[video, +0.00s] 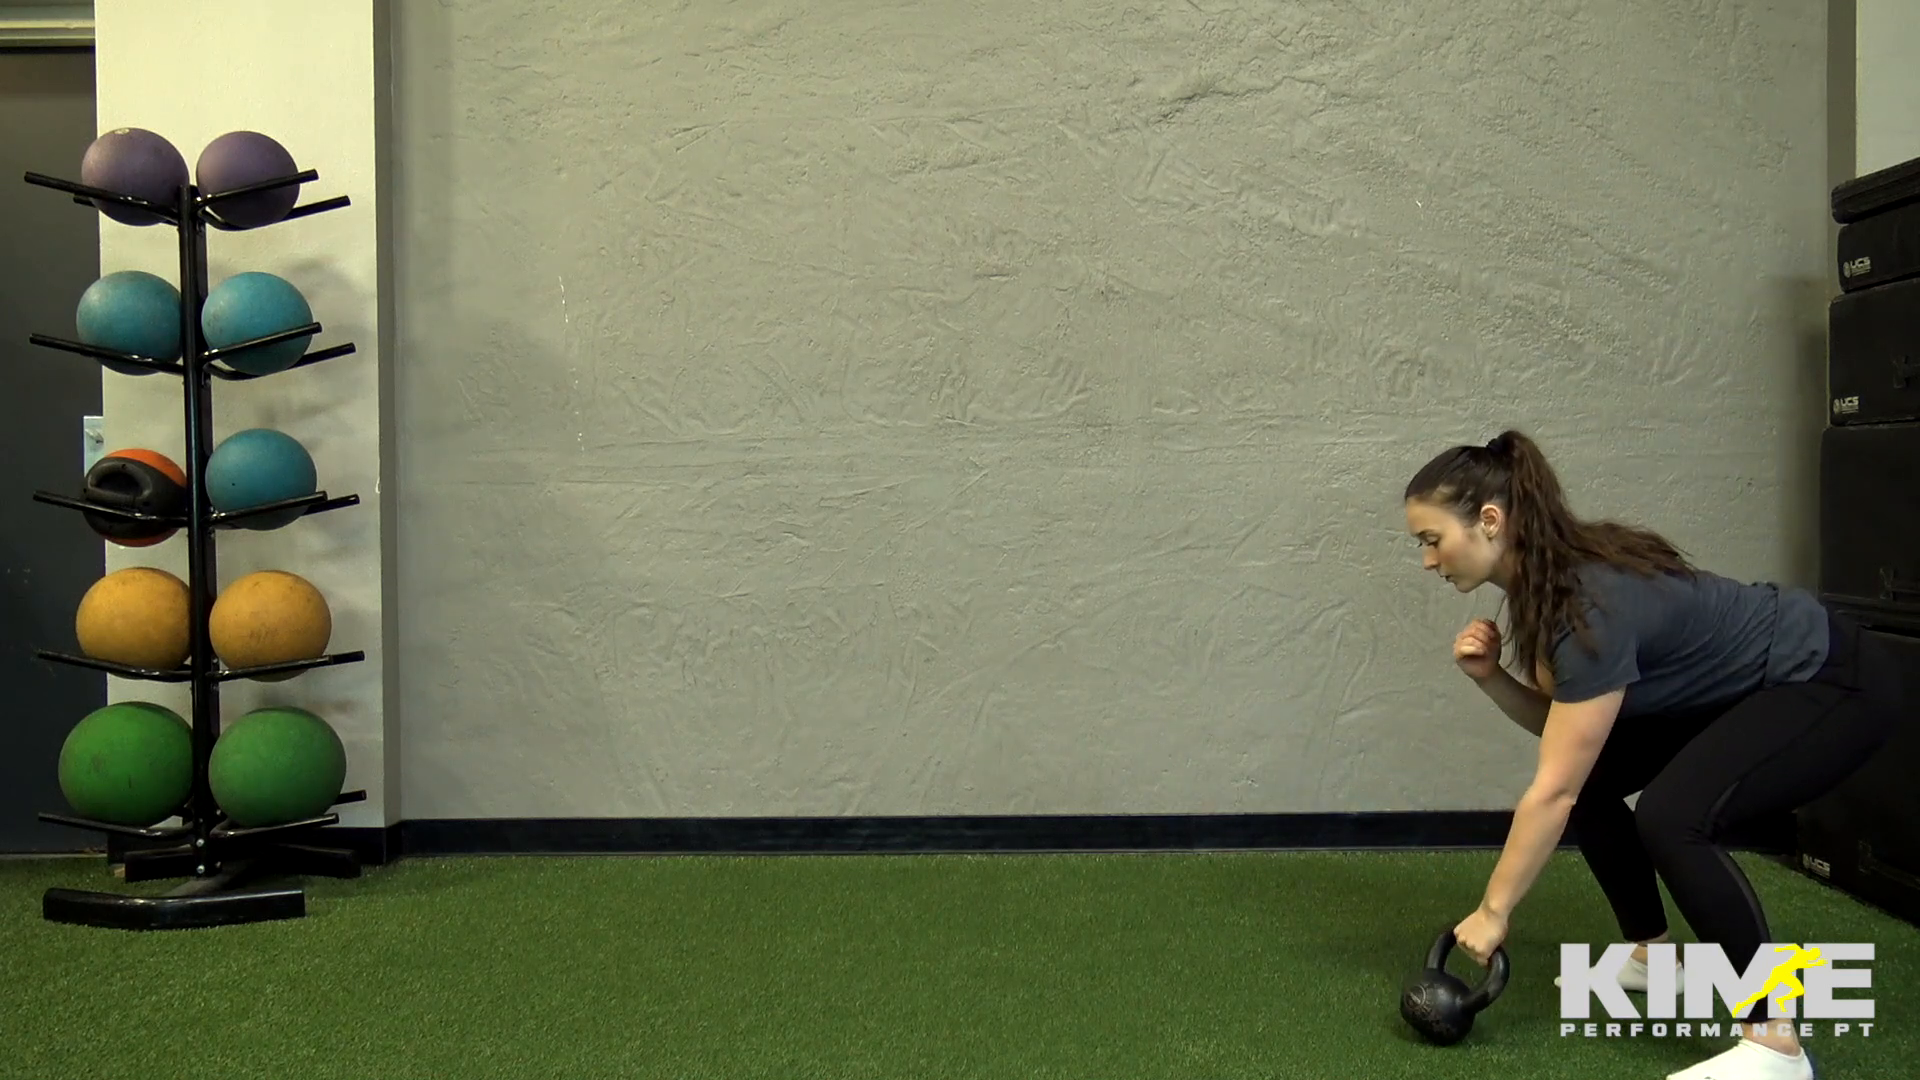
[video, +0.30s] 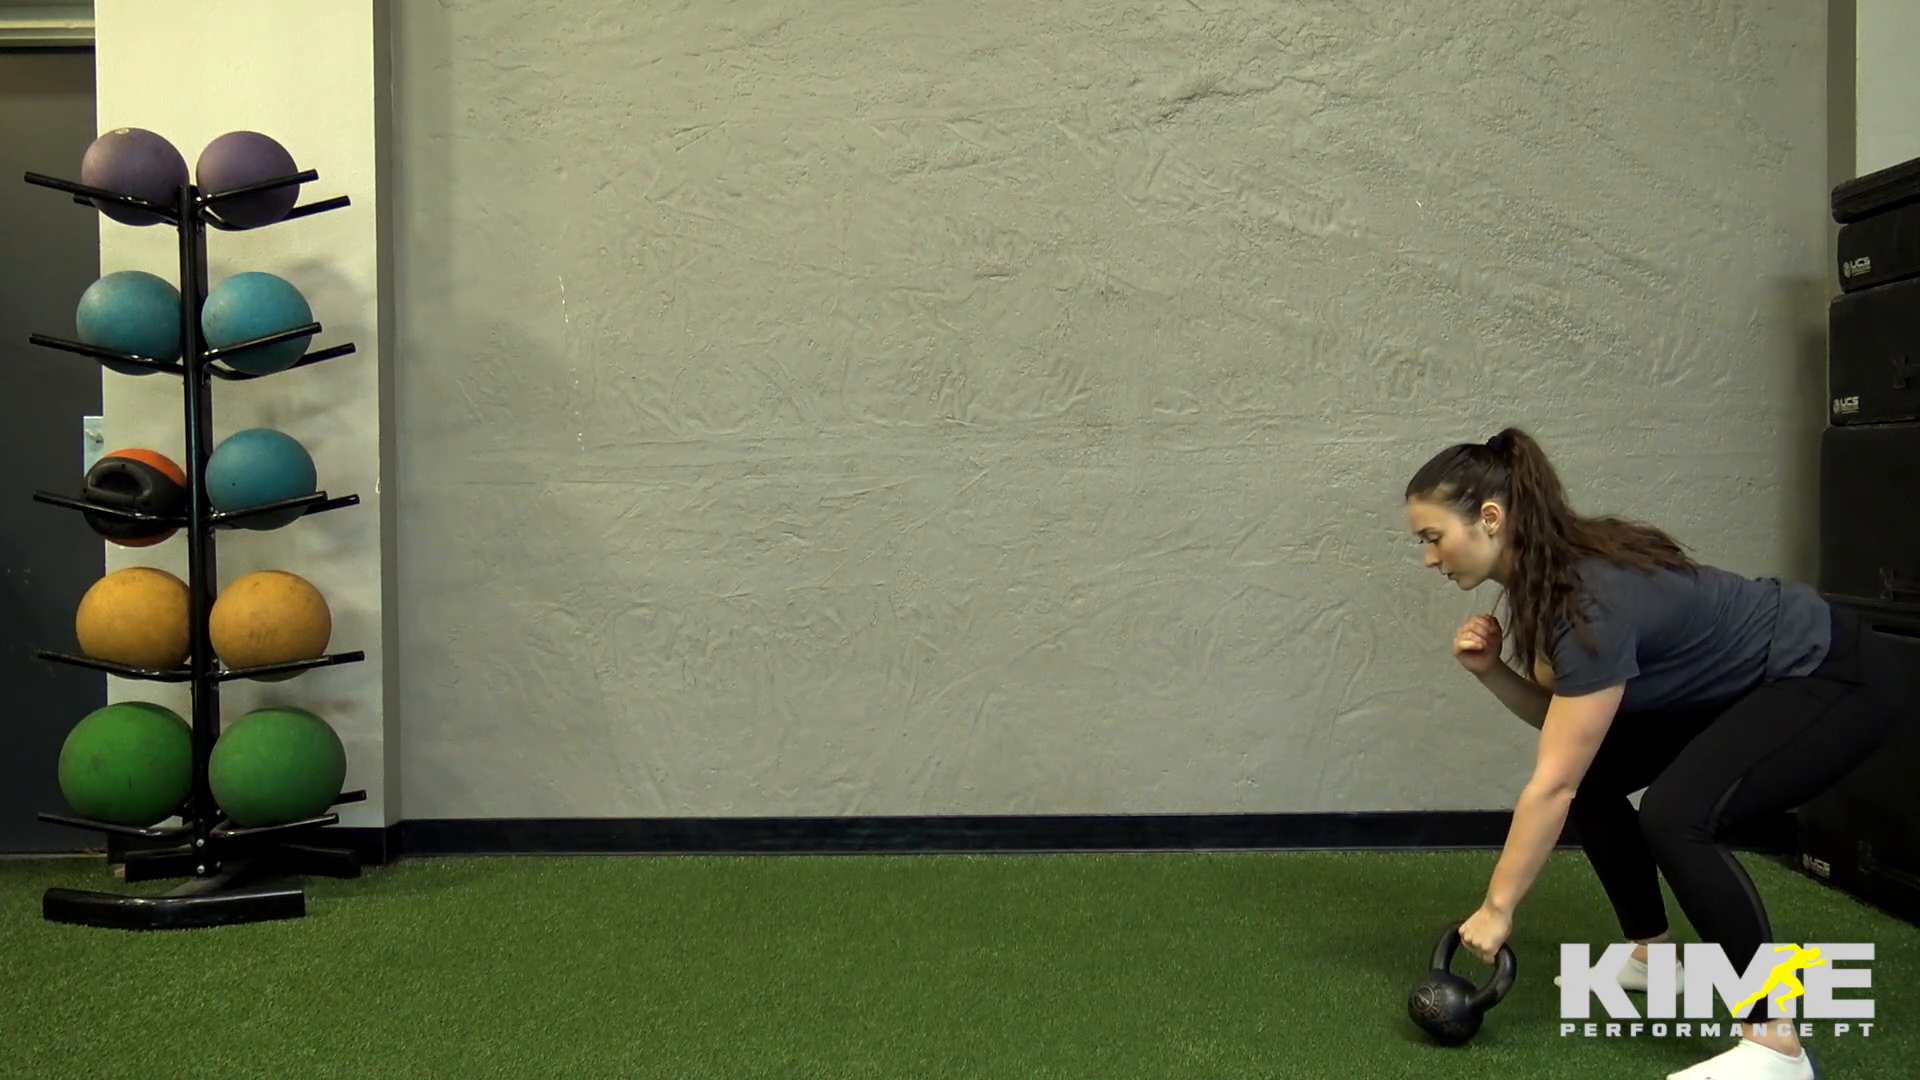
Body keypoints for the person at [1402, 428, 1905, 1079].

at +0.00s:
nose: (1427, 561)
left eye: (1431, 540)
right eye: (1420, 544)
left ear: (1491, 520)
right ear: (1490, 522)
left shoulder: (1593, 603)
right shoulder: (1555, 581)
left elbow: (1554, 794)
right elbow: (1560, 725)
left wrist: (1493, 913)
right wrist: (1492, 678)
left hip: (1834, 677)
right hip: (1761, 672)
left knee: (1672, 819)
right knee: (1585, 779)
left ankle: (1776, 1037)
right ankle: (1654, 957)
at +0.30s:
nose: (1429, 559)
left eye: (1433, 537)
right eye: (1422, 542)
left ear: (1492, 517)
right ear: (1491, 519)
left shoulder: (1591, 600)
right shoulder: (1553, 578)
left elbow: (1553, 789)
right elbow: (1561, 720)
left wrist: (1496, 909)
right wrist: (1493, 673)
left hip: (1835, 673)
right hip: (1761, 669)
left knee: (1675, 818)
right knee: (1586, 777)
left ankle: (1777, 1036)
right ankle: (1654, 956)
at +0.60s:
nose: (1434, 556)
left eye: (1439, 535)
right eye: (1427, 539)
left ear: (1498, 516)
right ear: (1498, 517)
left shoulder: (1598, 600)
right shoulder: (1560, 575)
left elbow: (1554, 786)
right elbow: (1568, 715)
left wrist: (1496, 910)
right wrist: (1501, 673)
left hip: (1840, 673)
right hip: (1764, 669)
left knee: (1679, 816)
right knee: (1590, 775)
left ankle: (1778, 1038)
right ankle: (1655, 956)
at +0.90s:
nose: (1447, 538)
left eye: (1454, 518)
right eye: (1444, 521)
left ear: (1514, 506)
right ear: (1513, 507)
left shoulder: (1604, 593)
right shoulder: (1573, 568)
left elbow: (1570, 779)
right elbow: (1577, 707)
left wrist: (1511, 897)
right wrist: (1512, 667)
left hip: (1841, 679)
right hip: (1769, 673)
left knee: (1680, 819)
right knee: (1589, 772)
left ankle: (1778, 1038)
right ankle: (1654, 957)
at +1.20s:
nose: (1445, 399)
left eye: (1459, 380)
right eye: (1446, 382)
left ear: (1520, 382)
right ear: (1517, 386)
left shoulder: (1595, 479)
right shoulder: (1550, 476)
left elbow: (1652, 654)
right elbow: (1577, 605)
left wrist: (1685, 777)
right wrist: (1507, 569)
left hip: (1811, 623)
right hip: (1726, 627)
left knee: (1695, 810)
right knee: (1595, 771)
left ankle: (1781, 1037)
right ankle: (1657, 962)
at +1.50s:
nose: (1459, 389)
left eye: (1475, 375)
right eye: (1462, 375)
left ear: (1535, 393)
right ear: (1529, 395)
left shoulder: (1591, 502)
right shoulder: (1556, 491)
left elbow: (1686, 646)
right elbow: (1578, 601)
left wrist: (1746, 734)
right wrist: (1498, 581)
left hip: (1805, 637)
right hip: (1730, 639)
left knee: (1687, 819)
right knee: (1580, 778)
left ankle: (1782, 1037)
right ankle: (1655, 960)